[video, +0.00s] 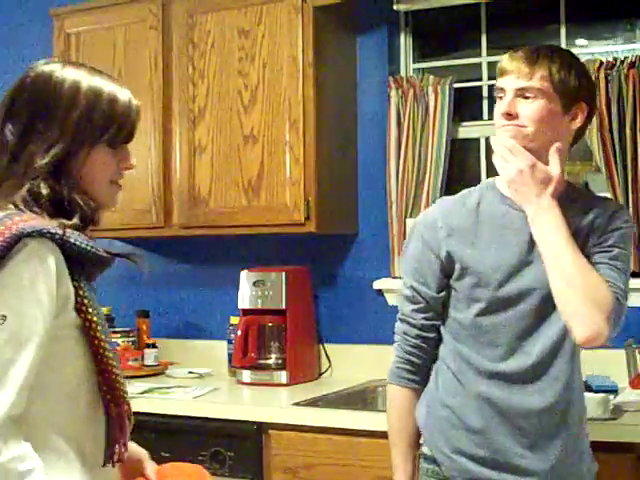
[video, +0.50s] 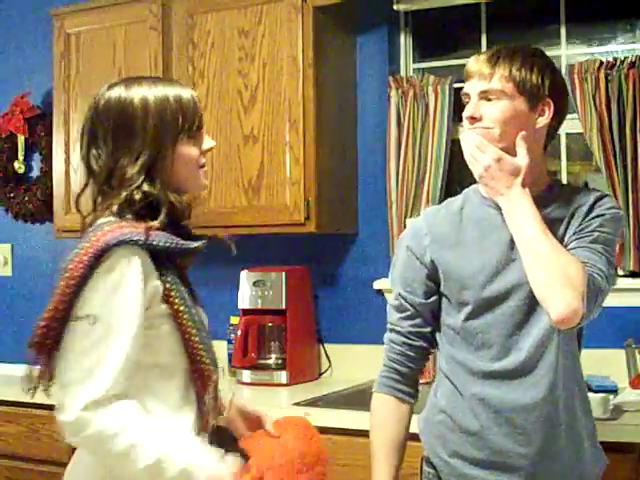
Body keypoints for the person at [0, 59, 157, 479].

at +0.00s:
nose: (129, 161)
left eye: (126, 144)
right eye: (114, 143)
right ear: (60, 145)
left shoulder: (46, 249)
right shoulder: (33, 252)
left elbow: (35, 404)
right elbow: (4, 433)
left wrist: (115, 448)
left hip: (78, 468)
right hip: (54, 469)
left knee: (193, 473)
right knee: (193, 473)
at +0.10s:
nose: (146, 165)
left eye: (144, 149)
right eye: (133, 148)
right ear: (82, 149)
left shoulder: (65, 255)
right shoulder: (47, 258)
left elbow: (49, 402)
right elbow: (6, 430)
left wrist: (133, 442)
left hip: (92, 468)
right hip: (65, 469)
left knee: (218, 472)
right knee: (218, 473)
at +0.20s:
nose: (167, 167)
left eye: (164, 151)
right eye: (150, 151)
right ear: (98, 155)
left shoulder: (85, 259)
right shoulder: (63, 265)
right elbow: (13, 432)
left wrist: (161, 434)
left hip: (121, 468)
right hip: (91, 471)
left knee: (244, 467)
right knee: (243, 469)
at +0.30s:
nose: (181, 160)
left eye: (176, 146)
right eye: (165, 146)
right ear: (119, 155)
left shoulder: (111, 260)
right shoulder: (84, 265)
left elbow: (106, 391)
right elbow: (26, 425)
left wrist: (184, 423)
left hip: (146, 469)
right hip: (118, 471)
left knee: (267, 461)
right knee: (265, 463)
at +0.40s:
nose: (196, 152)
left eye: (190, 139)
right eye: (179, 142)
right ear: (135, 155)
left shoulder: (134, 259)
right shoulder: (105, 264)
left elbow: (134, 388)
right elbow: (48, 417)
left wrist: (209, 420)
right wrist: (104, 473)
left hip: (160, 467)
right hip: (130, 470)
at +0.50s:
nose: (208, 145)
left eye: (201, 132)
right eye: (191, 134)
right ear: (147, 148)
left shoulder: (151, 251)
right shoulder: (126, 259)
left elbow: (157, 376)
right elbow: (87, 410)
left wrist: (226, 409)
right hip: (120, 469)